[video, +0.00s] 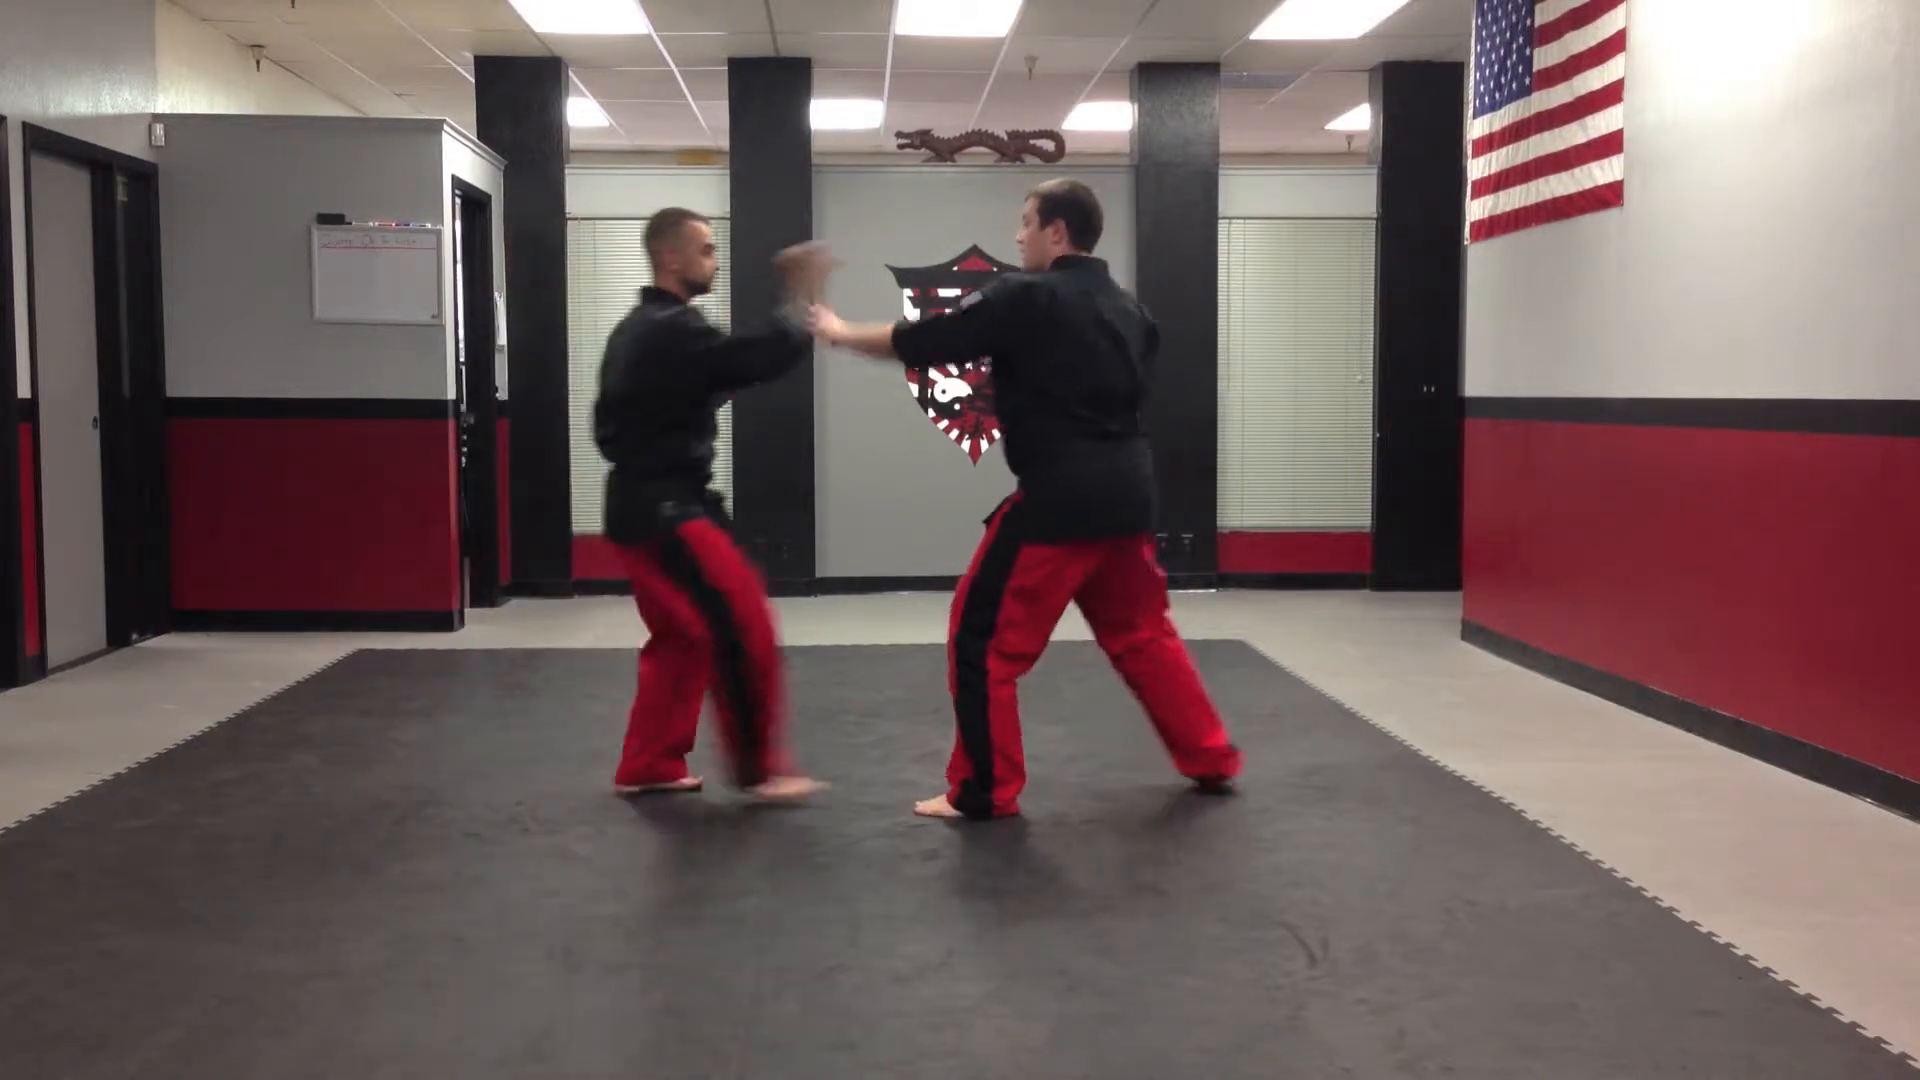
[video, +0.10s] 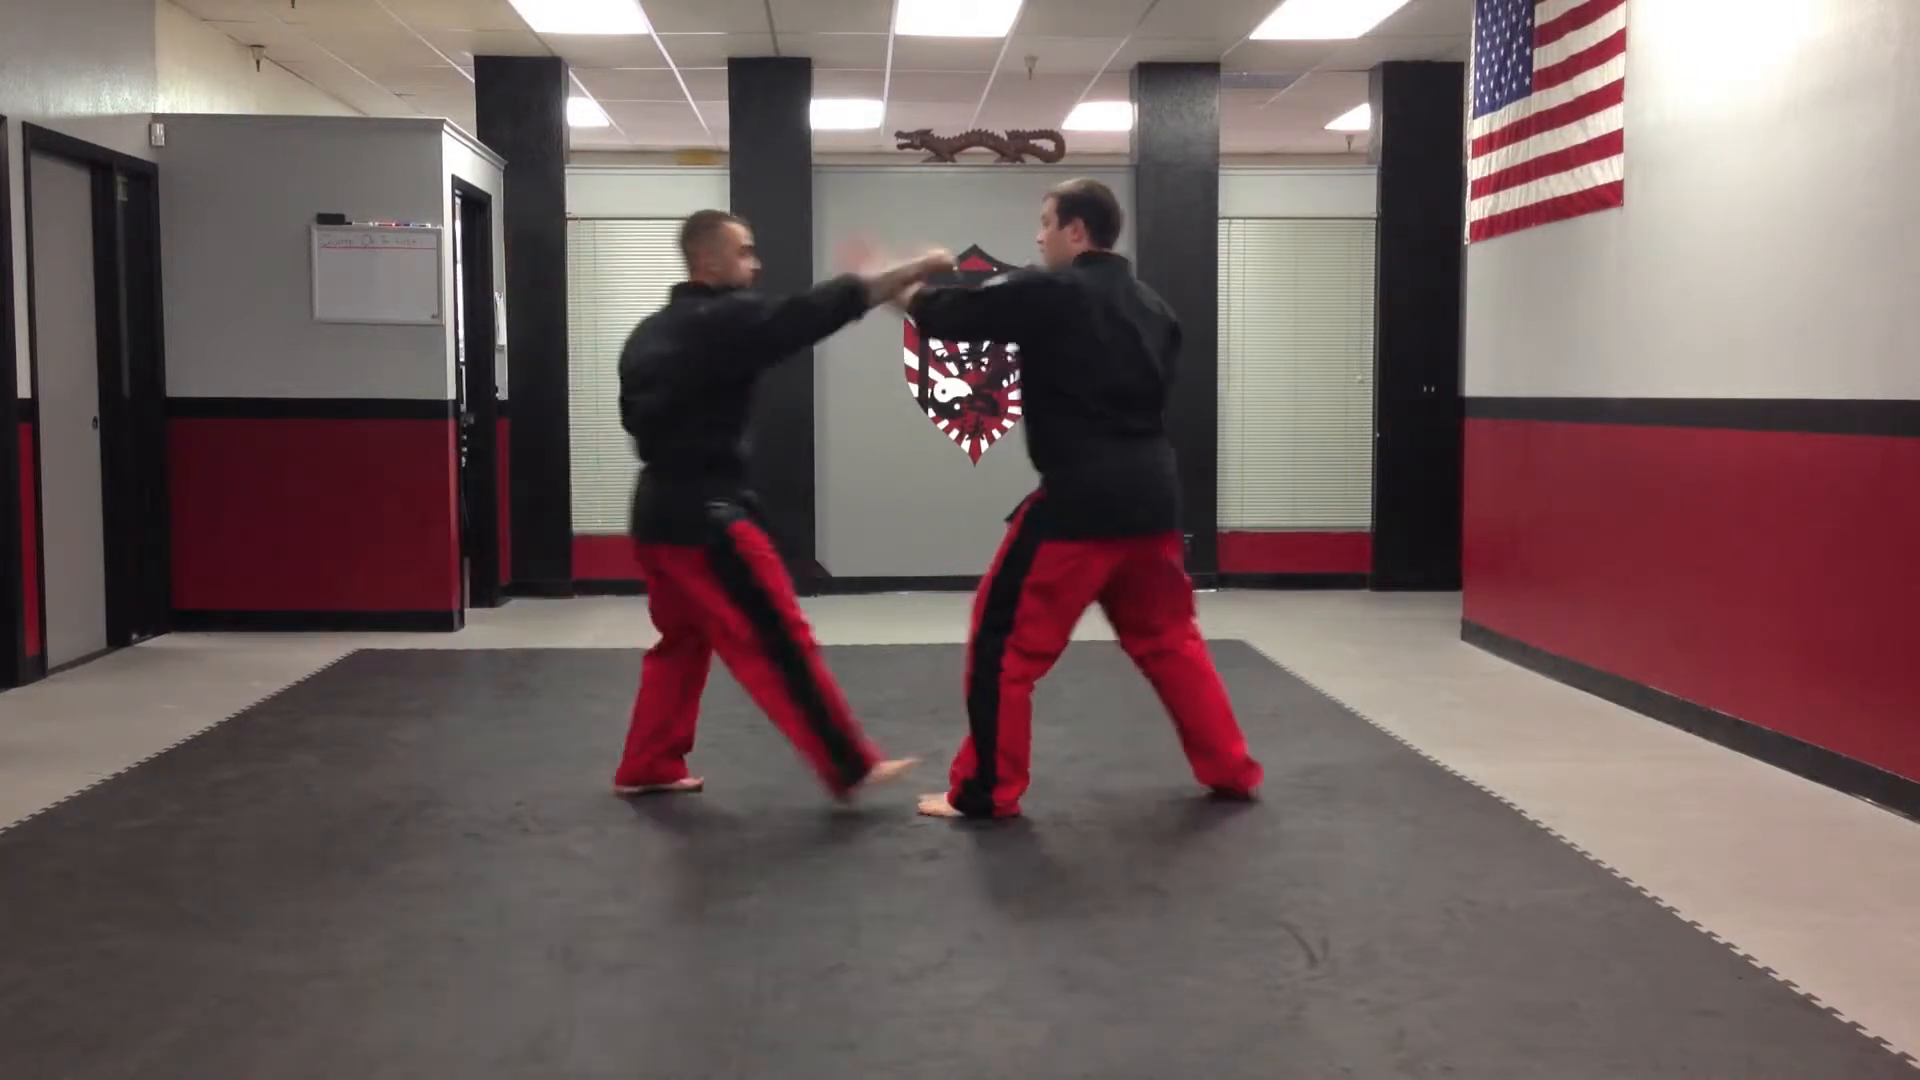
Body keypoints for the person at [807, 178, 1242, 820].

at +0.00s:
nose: (1019, 239)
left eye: (1025, 227)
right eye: (1021, 226)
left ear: (1057, 233)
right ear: (1083, 237)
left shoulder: (1027, 300)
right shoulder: (1127, 309)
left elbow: (928, 341)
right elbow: (1106, 393)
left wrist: (842, 333)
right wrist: (1011, 397)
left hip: (1051, 503)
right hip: (1126, 500)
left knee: (982, 638)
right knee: (1141, 632)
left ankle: (983, 793)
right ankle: (1213, 761)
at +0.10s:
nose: (1039, 239)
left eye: (1045, 226)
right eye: (1041, 226)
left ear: (1075, 231)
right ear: (1103, 234)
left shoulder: (1048, 291)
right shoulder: (1153, 307)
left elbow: (951, 313)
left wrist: (915, 287)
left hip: (1074, 504)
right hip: (1151, 503)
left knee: (1003, 644)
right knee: (1169, 637)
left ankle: (987, 794)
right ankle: (1233, 772)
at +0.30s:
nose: (1066, 252)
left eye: (1072, 239)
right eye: (1067, 240)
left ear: (1103, 240)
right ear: (1131, 242)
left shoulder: (1086, 307)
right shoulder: (1195, 309)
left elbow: (1022, 376)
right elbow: (1229, 403)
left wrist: (986, 315)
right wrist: (1162, 410)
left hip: (1103, 509)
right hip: (1187, 508)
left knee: (1037, 638)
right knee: (1195, 642)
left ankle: (1038, 779)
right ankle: (1232, 775)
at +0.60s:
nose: (1044, 263)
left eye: (1049, 251)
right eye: (1045, 251)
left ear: (1078, 254)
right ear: (1106, 256)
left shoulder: (1060, 316)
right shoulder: (1169, 317)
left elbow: (985, 372)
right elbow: (1214, 407)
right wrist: (1148, 415)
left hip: (1089, 516)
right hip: (1170, 511)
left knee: (1034, 644)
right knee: (1197, 643)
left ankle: (1008, 777)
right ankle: (1237, 776)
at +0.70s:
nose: (1020, 260)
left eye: (1026, 249)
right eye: (1023, 248)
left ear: (1053, 251)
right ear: (1083, 255)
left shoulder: (1025, 312)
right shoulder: (1139, 318)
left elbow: (929, 337)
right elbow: (1185, 416)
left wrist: (850, 293)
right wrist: (1118, 403)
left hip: (1048, 515)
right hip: (1132, 512)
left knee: (1018, 645)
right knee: (1183, 639)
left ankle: (1007, 780)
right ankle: (1239, 775)